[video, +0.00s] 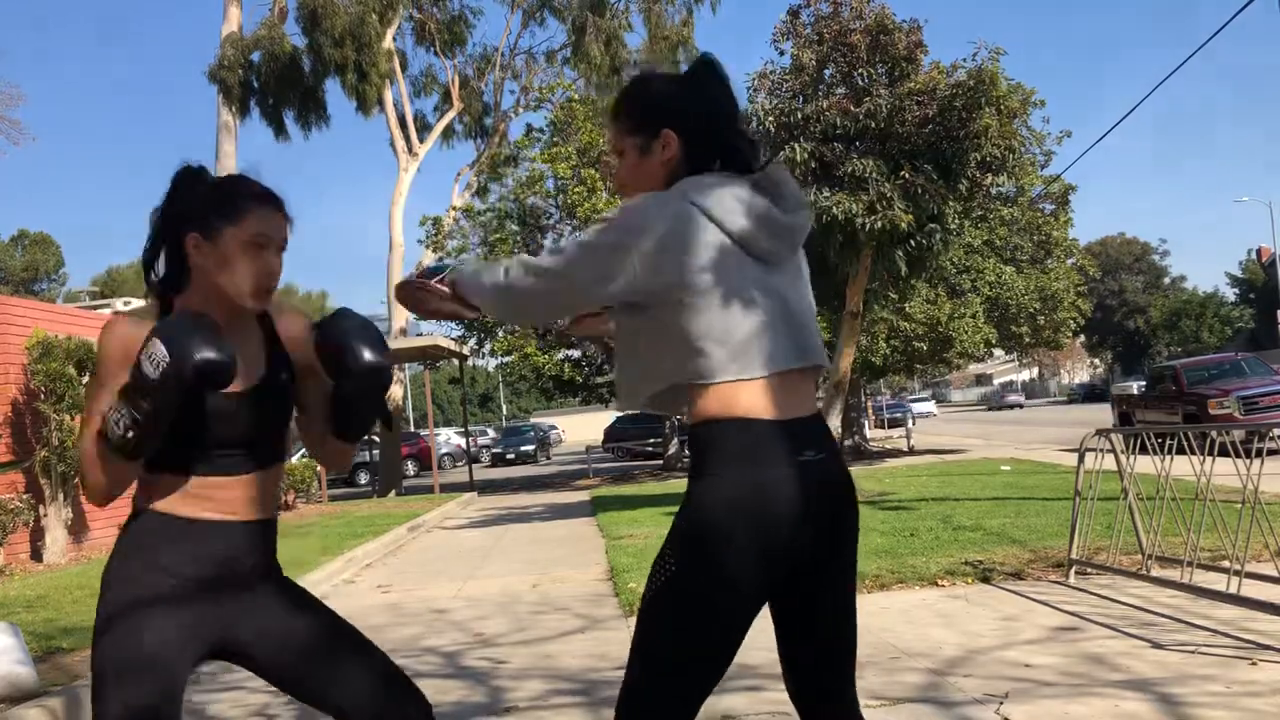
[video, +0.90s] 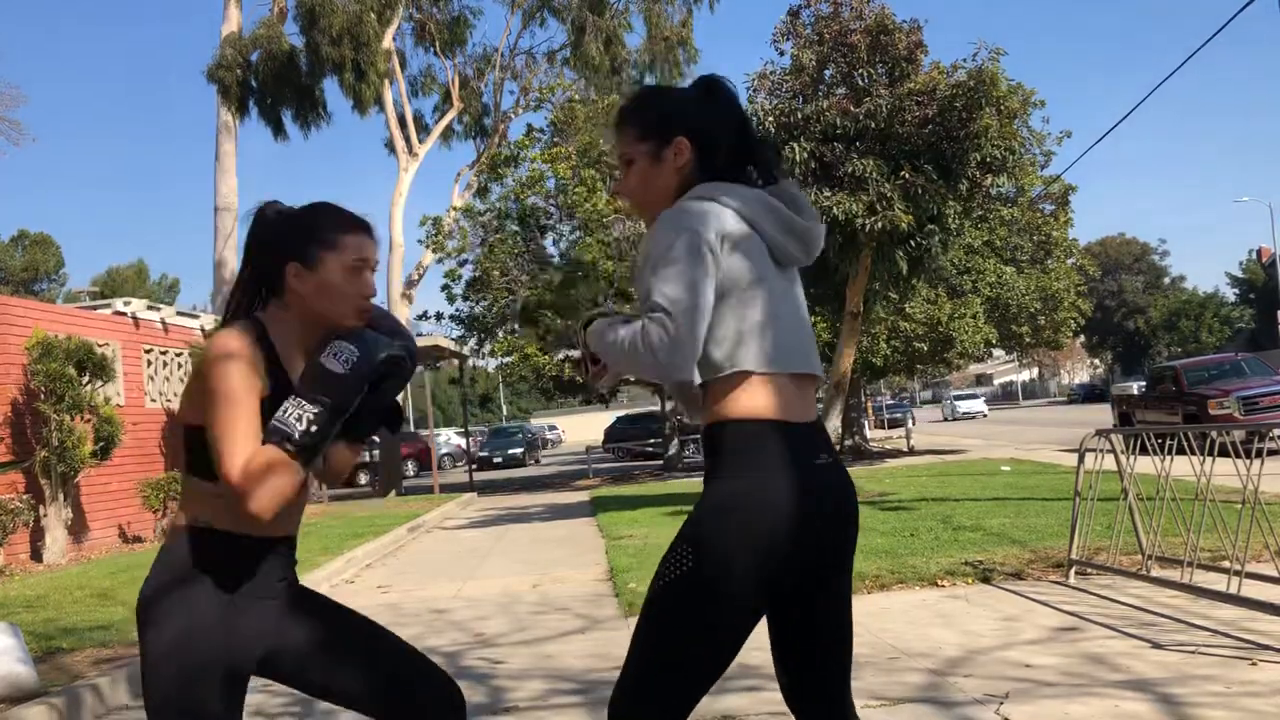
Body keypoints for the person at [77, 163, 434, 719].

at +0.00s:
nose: (276, 265)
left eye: (281, 250)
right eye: (259, 246)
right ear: (197, 247)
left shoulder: (288, 331)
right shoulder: (134, 336)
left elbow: (334, 455)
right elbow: (100, 487)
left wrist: (361, 389)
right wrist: (147, 395)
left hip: (255, 582)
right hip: (156, 586)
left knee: (403, 708)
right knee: (132, 710)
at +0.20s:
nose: (291, 261)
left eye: (292, 243)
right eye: (276, 241)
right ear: (213, 243)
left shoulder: (284, 325)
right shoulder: (136, 333)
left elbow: (330, 448)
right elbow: (113, 488)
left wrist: (352, 362)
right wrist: (174, 406)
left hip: (254, 569)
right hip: (161, 574)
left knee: (397, 706)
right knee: (147, 710)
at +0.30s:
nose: (318, 242)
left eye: (319, 227)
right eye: (307, 223)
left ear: (253, 227)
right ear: (247, 223)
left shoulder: (283, 312)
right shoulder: (175, 307)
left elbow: (333, 423)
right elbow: (203, 445)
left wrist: (346, 327)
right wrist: (272, 340)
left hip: (255, 556)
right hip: (182, 560)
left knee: (389, 700)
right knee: (176, 712)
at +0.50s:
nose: (393, 299)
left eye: (395, 281)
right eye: (384, 278)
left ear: (330, 274)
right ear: (330, 272)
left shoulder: (265, 327)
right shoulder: (275, 324)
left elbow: (311, 464)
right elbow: (343, 446)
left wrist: (359, 384)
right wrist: (411, 383)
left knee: (410, 695)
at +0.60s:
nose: (414, 354)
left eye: (415, 336)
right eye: (405, 333)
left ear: (351, 331)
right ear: (350, 328)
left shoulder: (329, 393)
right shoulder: (259, 373)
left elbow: (343, 512)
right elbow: (232, 515)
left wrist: (395, 438)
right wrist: (322, 441)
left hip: (234, 611)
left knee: (419, 697)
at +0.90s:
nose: (373, 288)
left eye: (371, 271)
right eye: (358, 269)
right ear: (298, 277)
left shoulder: (319, 353)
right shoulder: (232, 351)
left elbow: (334, 471)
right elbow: (258, 499)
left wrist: (371, 395)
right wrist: (316, 401)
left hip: (269, 596)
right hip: (195, 603)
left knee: (435, 699)